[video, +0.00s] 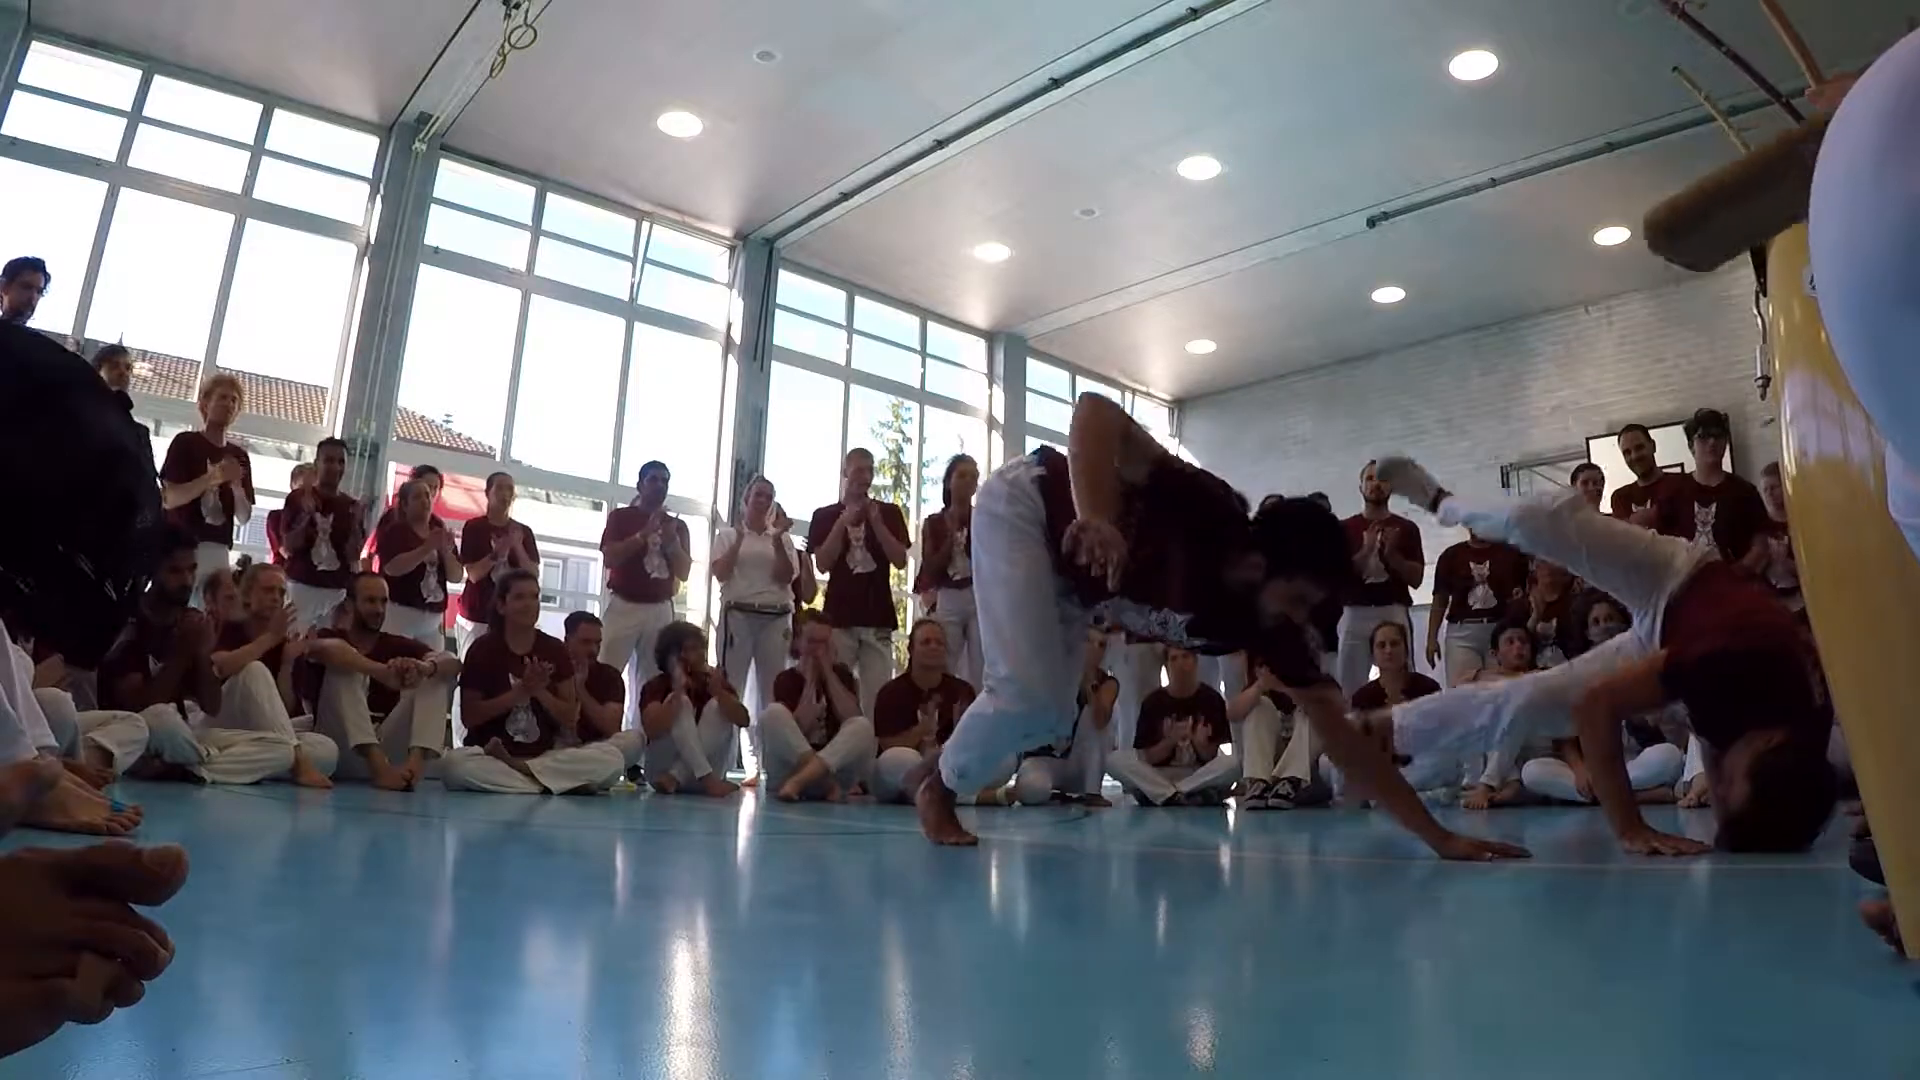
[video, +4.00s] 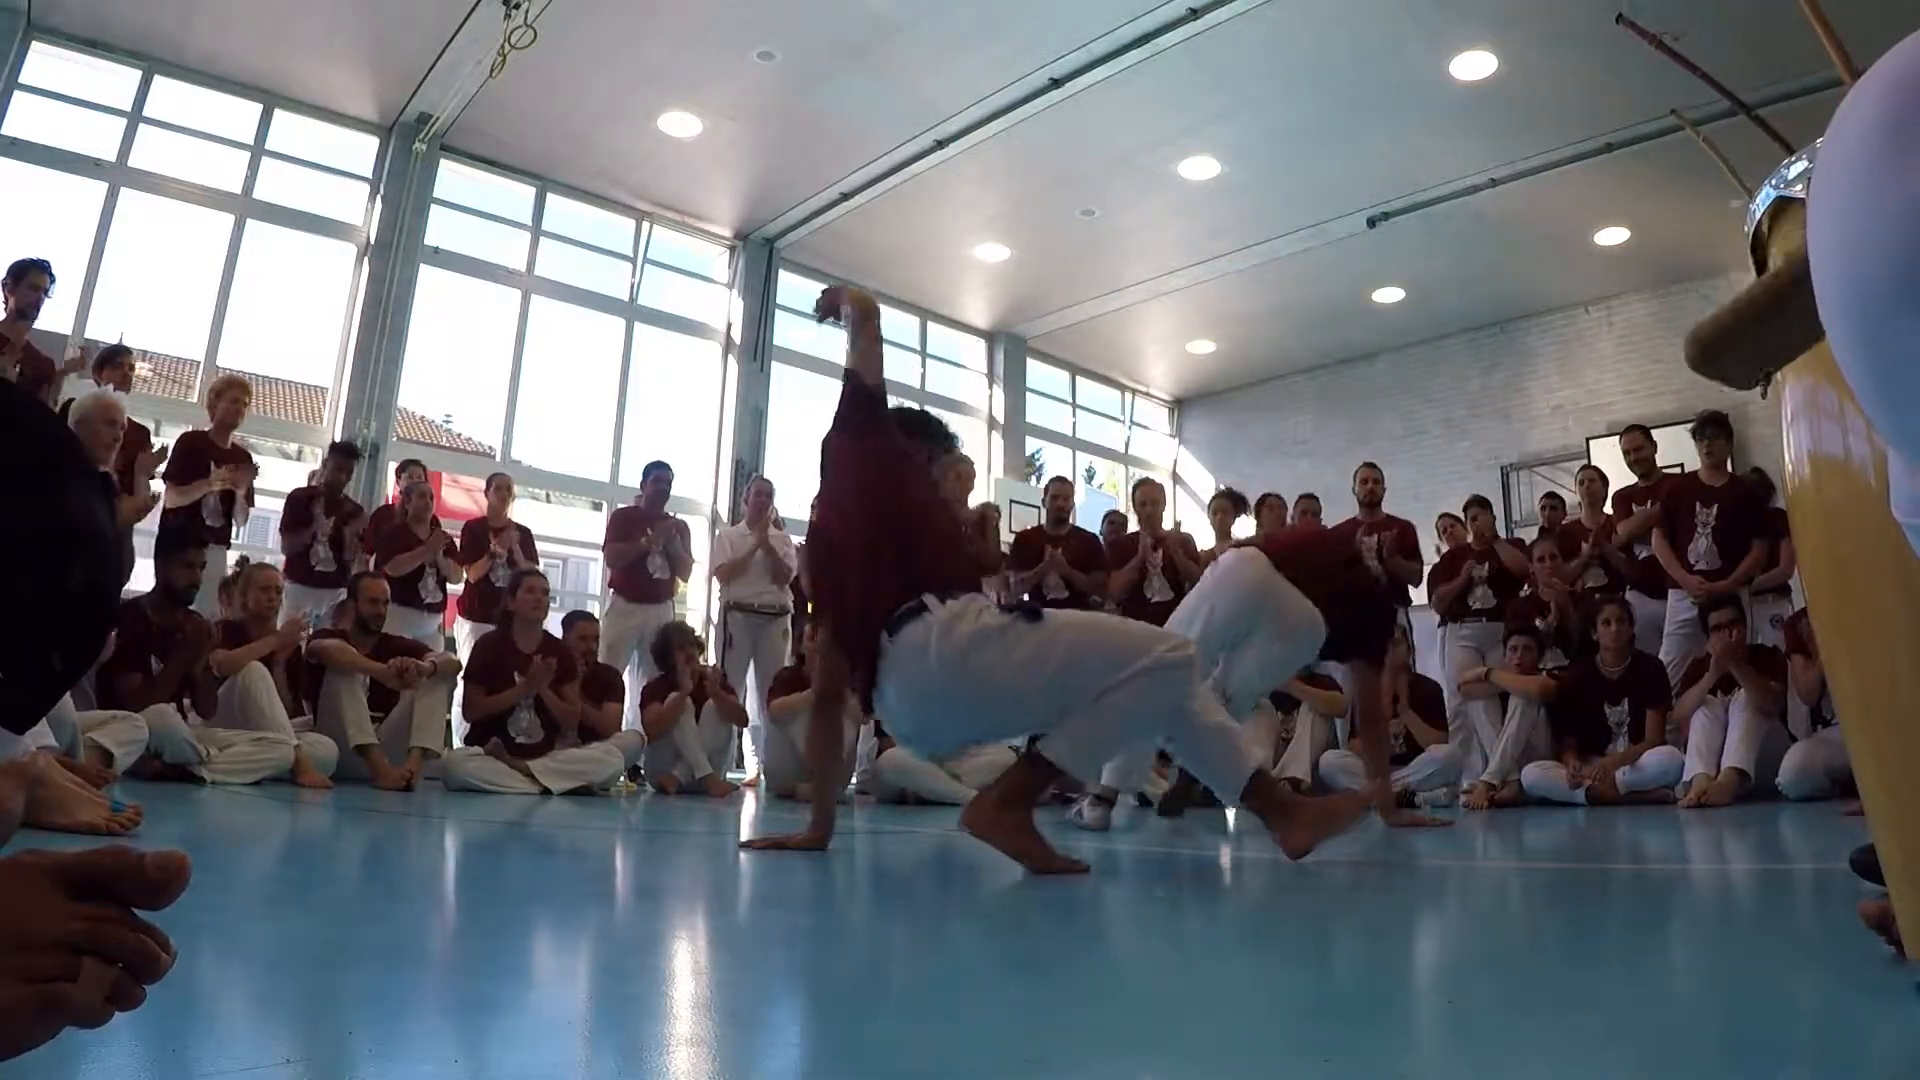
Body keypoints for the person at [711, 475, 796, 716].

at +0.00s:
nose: (762, 500)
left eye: (767, 496)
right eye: (758, 494)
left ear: (773, 503)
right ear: (746, 498)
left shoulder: (783, 538)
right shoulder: (728, 534)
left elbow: (787, 577)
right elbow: (721, 574)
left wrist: (778, 540)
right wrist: (738, 540)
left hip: (775, 618)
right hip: (737, 615)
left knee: (772, 691)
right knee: (729, 689)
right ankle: (725, 748)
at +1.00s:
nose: (759, 501)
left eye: (765, 497)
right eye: (755, 495)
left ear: (772, 503)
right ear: (744, 499)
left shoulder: (783, 538)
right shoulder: (728, 535)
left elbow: (785, 576)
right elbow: (719, 574)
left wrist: (765, 541)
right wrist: (750, 548)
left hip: (775, 616)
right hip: (737, 614)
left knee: (773, 693)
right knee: (730, 690)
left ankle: (769, 765)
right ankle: (722, 764)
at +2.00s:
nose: (761, 500)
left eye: (766, 496)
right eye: (756, 495)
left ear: (773, 502)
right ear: (745, 499)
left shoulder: (781, 537)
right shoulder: (728, 534)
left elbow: (786, 580)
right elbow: (719, 573)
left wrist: (783, 541)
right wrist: (736, 541)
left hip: (774, 616)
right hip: (736, 614)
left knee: (772, 693)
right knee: (729, 690)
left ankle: (767, 764)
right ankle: (723, 765)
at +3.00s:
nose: (761, 499)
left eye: (766, 495)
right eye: (757, 494)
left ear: (772, 502)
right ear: (745, 497)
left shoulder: (780, 536)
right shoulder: (728, 534)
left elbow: (787, 576)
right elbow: (718, 571)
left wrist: (787, 540)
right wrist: (734, 539)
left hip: (775, 616)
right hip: (736, 615)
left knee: (773, 692)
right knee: (730, 690)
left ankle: (771, 764)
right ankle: (726, 763)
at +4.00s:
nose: (761, 500)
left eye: (766, 496)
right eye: (756, 495)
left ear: (773, 502)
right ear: (745, 498)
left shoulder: (783, 538)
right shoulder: (728, 535)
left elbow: (786, 577)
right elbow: (721, 574)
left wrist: (766, 544)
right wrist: (752, 549)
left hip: (775, 618)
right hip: (736, 616)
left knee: (772, 693)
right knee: (730, 690)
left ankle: (768, 763)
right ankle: (725, 764)